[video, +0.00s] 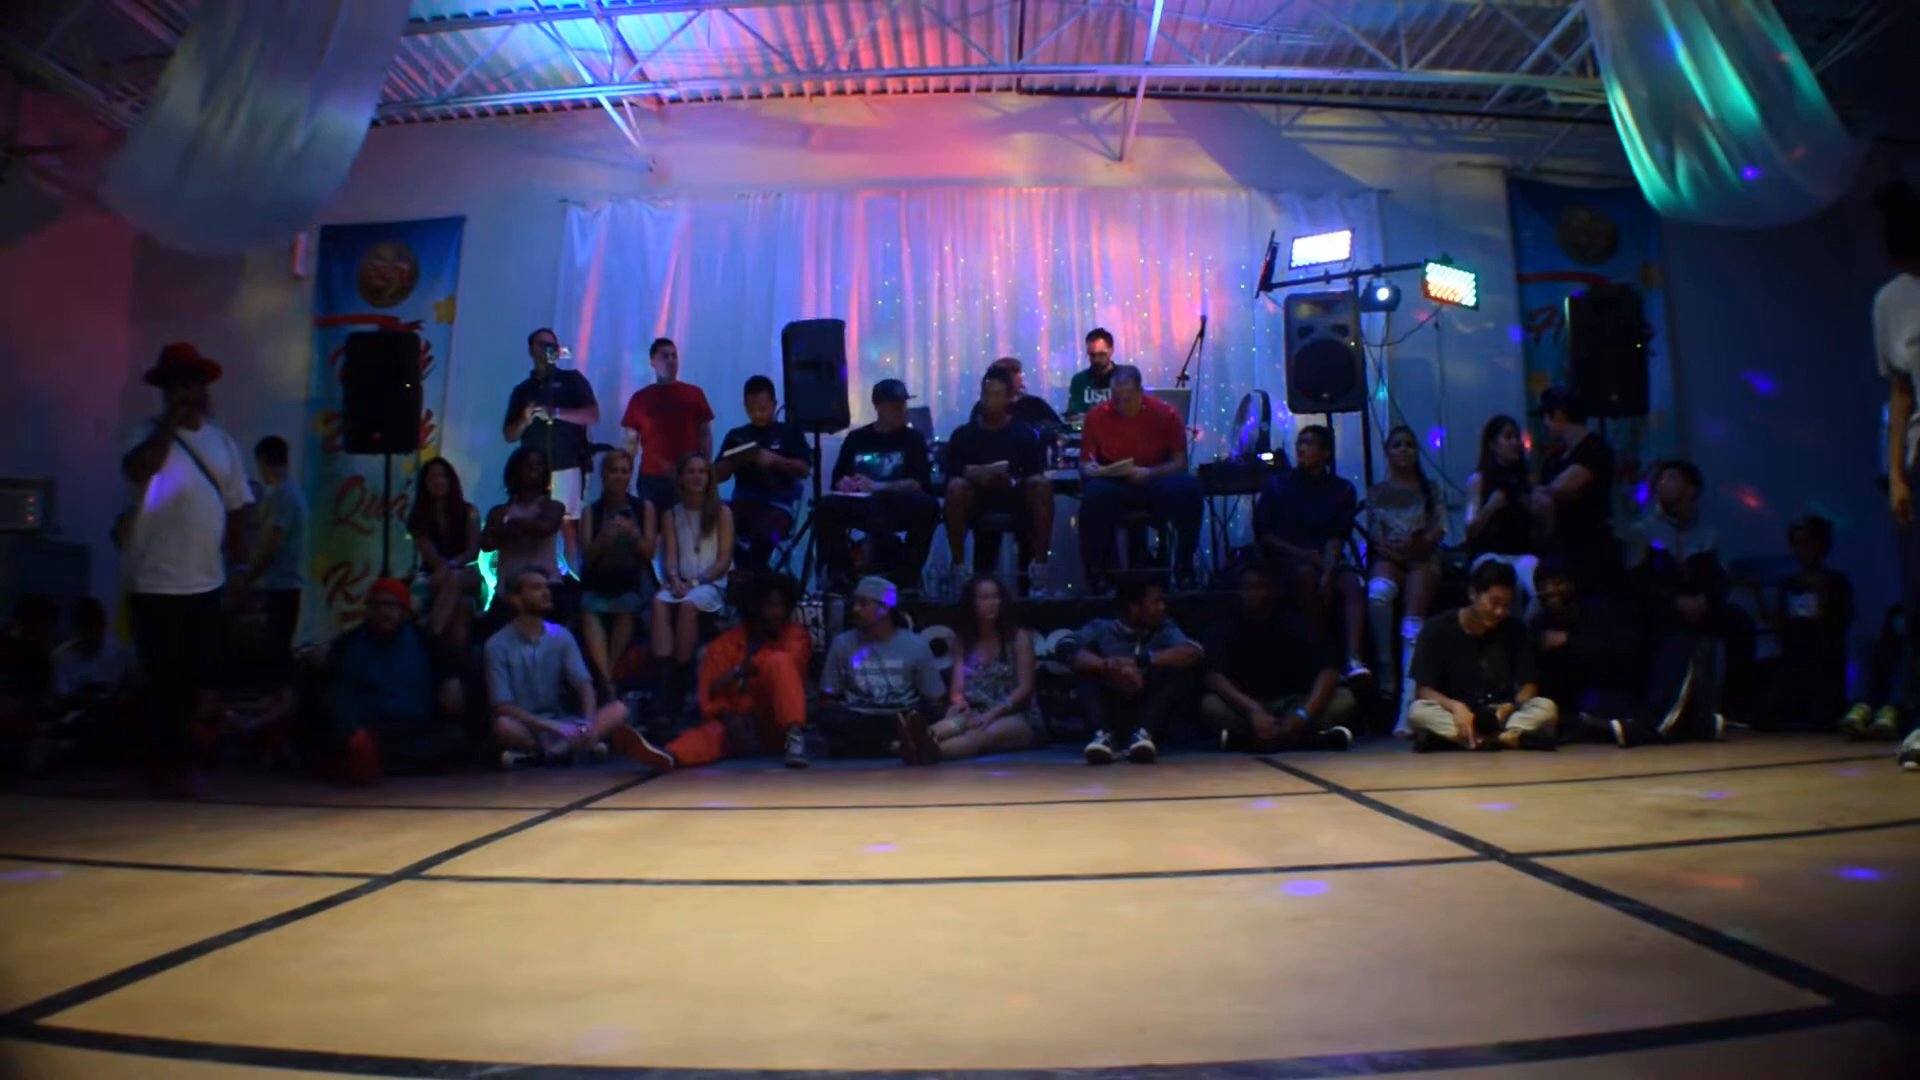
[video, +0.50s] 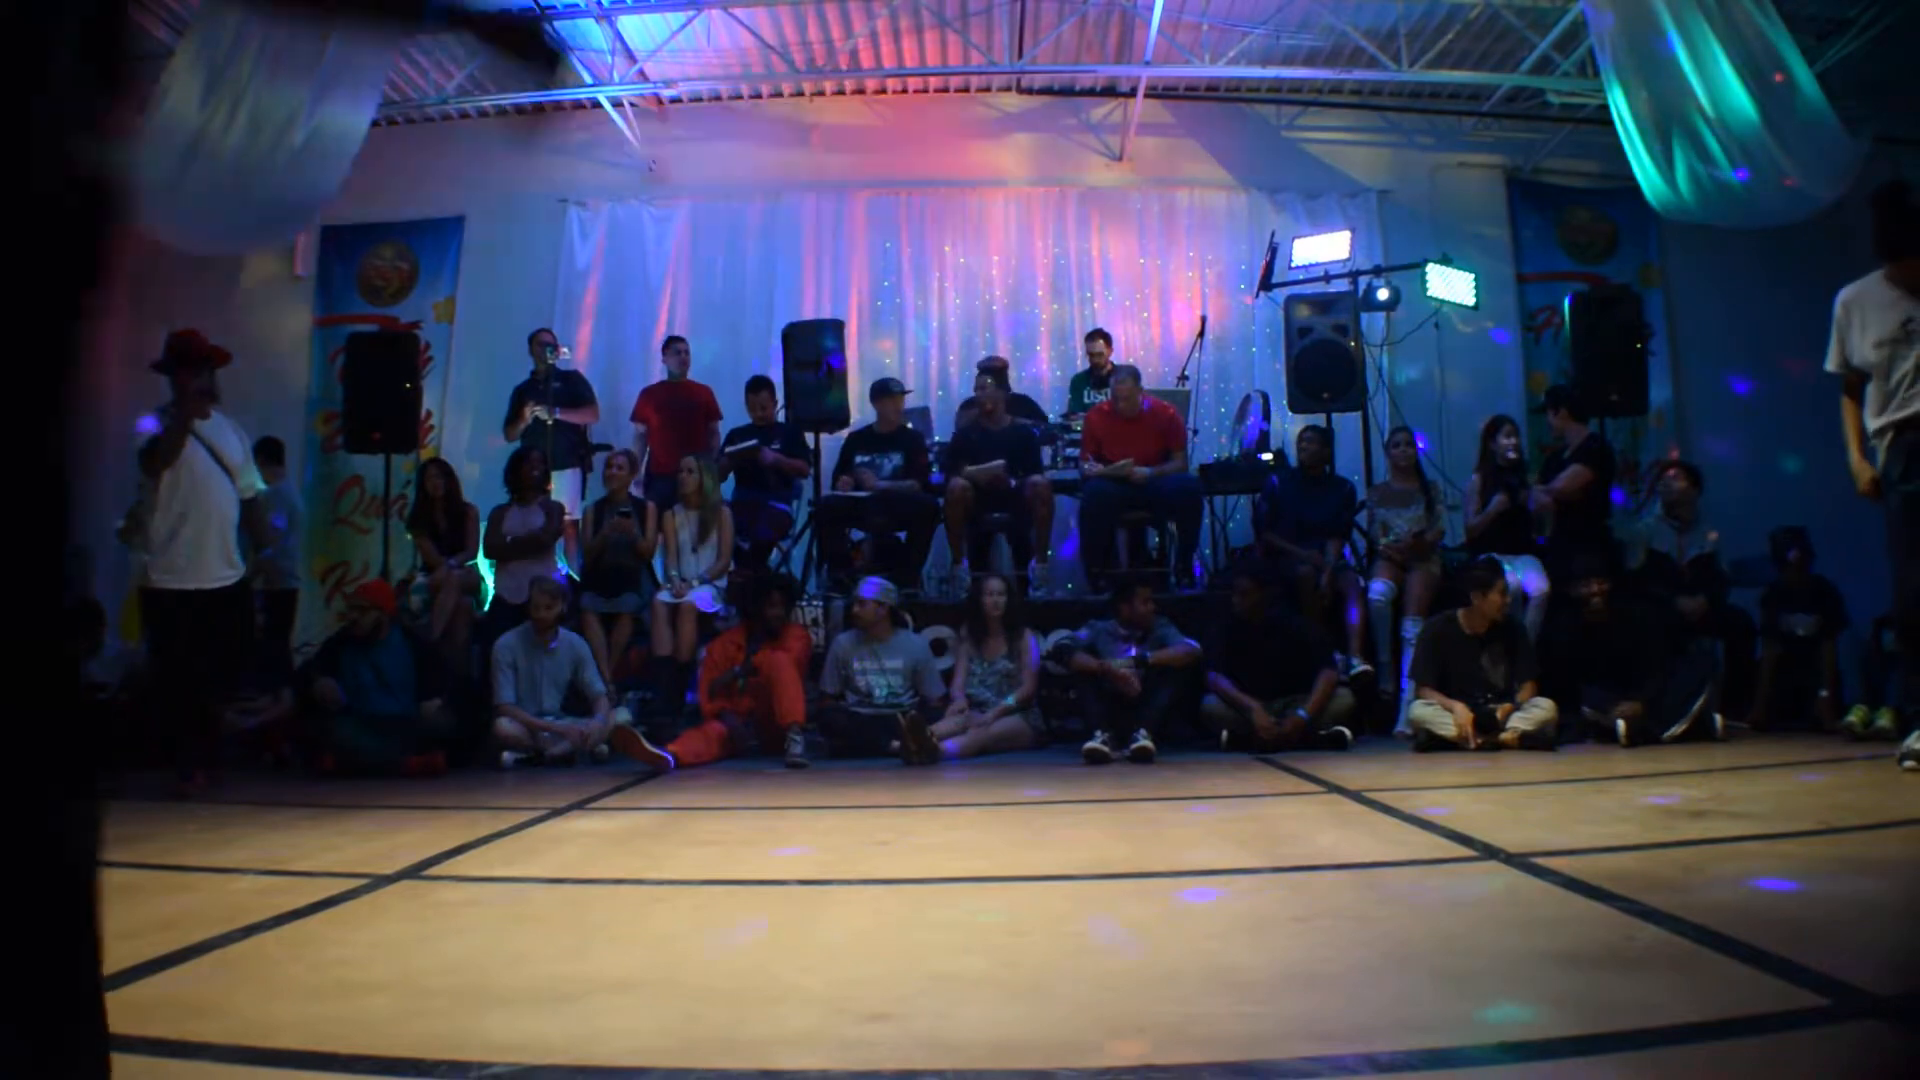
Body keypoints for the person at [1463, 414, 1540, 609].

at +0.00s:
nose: (1516, 443)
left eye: (1517, 437)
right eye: (1508, 437)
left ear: (1521, 441)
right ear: (1492, 444)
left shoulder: (1526, 477)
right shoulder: (1479, 480)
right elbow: (1471, 528)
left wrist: (1540, 507)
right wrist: (1492, 507)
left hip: (1523, 551)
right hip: (1490, 551)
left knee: (1535, 570)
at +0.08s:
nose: (1515, 443)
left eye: (1516, 436)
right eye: (1508, 437)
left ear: (1521, 439)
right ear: (1493, 444)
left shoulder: (1527, 476)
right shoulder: (1479, 481)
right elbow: (1472, 528)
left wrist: (1541, 507)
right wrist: (1491, 507)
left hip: (1523, 550)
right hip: (1489, 550)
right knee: (1492, 575)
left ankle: (1528, 632)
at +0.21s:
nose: (1514, 442)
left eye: (1516, 436)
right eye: (1507, 437)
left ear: (1521, 440)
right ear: (1492, 444)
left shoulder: (1526, 478)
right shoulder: (1479, 481)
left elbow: (1536, 521)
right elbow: (1472, 529)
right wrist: (1492, 507)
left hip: (1524, 551)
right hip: (1490, 551)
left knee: (1539, 587)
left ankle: (1527, 642)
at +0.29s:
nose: (1514, 442)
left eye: (1516, 436)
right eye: (1507, 436)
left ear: (1520, 441)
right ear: (1492, 444)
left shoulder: (1526, 477)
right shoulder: (1479, 481)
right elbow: (1471, 528)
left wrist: (1544, 507)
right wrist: (1492, 507)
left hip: (1524, 552)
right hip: (1490, 551)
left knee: (1539, 587)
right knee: (1509, 586)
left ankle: (1527, 645)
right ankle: (1496, 643)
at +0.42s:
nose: (1514, 442)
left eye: (1516, 436)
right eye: (1507, 436)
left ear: (1520, 440)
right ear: (1492, 443)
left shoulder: (1524, 477)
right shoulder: (1479, 481)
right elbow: (1471, 528)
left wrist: (1541, 506)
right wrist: (1492, 508)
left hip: (1524, 551)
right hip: (1491, 551)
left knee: (1539, 588)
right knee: (1510, 588)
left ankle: (1527, 648)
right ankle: (1503, 647)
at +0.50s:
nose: (1512, 442)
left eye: (1515, 436)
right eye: (1506, 436)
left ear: (1519, 440)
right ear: (1491, 443)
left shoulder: (1522, 475)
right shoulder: (1478, 480)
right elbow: (1471, 528)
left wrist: (1538, 506)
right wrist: (1493, 509)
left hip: (1524, 551)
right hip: (1492, 551)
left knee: (1539, 589)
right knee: (1510, 587)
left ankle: (1527, 650)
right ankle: (1502, 647)